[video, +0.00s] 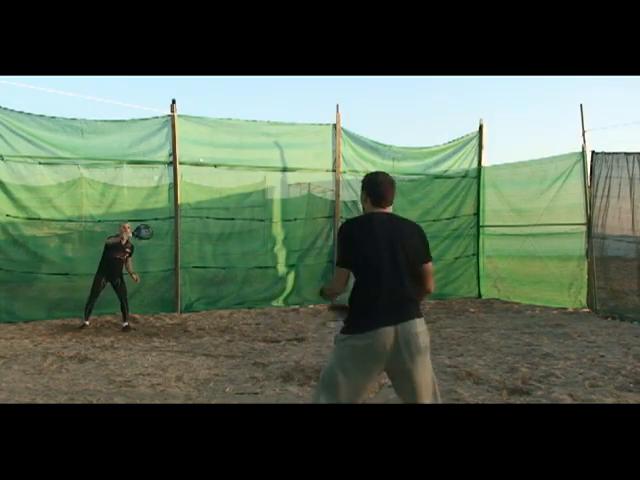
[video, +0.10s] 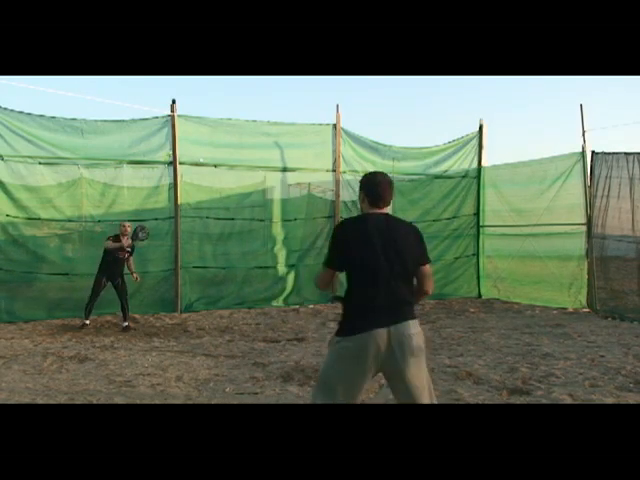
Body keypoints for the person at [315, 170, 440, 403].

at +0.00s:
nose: (361, 199)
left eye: (362, 195)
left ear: (365, 197)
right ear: (392, 199)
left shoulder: (350, 228)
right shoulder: (412, 229)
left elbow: (338, 286)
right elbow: (428, 285)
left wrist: (326, 291)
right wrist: (404, 300)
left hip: (367, 333)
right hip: (412, 331)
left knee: (330, 397)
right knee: (424, 399)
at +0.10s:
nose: (359, 198)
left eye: (360, 195)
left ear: (362, 197)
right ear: (390, 199)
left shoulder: (346, 229)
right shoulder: (409, 230)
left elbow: (324, 281)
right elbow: (426, 286)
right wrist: (405, 298)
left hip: (359, 334)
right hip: (406, 332)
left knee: (328, 399)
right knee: (421, 399)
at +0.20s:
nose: (354, 195)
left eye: (354, 191)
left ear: (356, 194)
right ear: (384, 196)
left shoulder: (337, 227)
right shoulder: (401, 229)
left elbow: (310, 272)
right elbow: (422, 286)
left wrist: (330, 231)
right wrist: (401, 296)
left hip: (346, 332)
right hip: (393, 330)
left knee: (320, 398)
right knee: (412, 399)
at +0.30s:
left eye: (350, 184)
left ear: (349, 187)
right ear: (378, 189)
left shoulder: (330, 218)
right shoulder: (393, 223)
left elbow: (303, 256)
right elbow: (421, 278)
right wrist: (396, 280)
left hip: (337, 325)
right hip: (385, 323)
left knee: (322, 396)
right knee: (402, 397)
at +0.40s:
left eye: (348, 183)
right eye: (375, 182)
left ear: (347, 186)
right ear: (376, 187)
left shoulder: (326, 218)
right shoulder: (390, 222)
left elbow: (301, 250)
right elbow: (426, 269)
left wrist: (313, 224)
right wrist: (419, 261)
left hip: (336, 327)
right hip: (383, 325)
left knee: (322, 397)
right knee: (396, 397)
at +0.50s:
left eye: (349, 187)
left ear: (348, 192)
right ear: (378, 194)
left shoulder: (328, 224)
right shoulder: (392, 227)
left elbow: (299, 259)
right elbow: (431, 263)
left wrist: (290, 251)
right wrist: (416, 229)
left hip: (337, 333)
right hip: (384, 331)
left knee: (320, 398)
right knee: (390, 398)